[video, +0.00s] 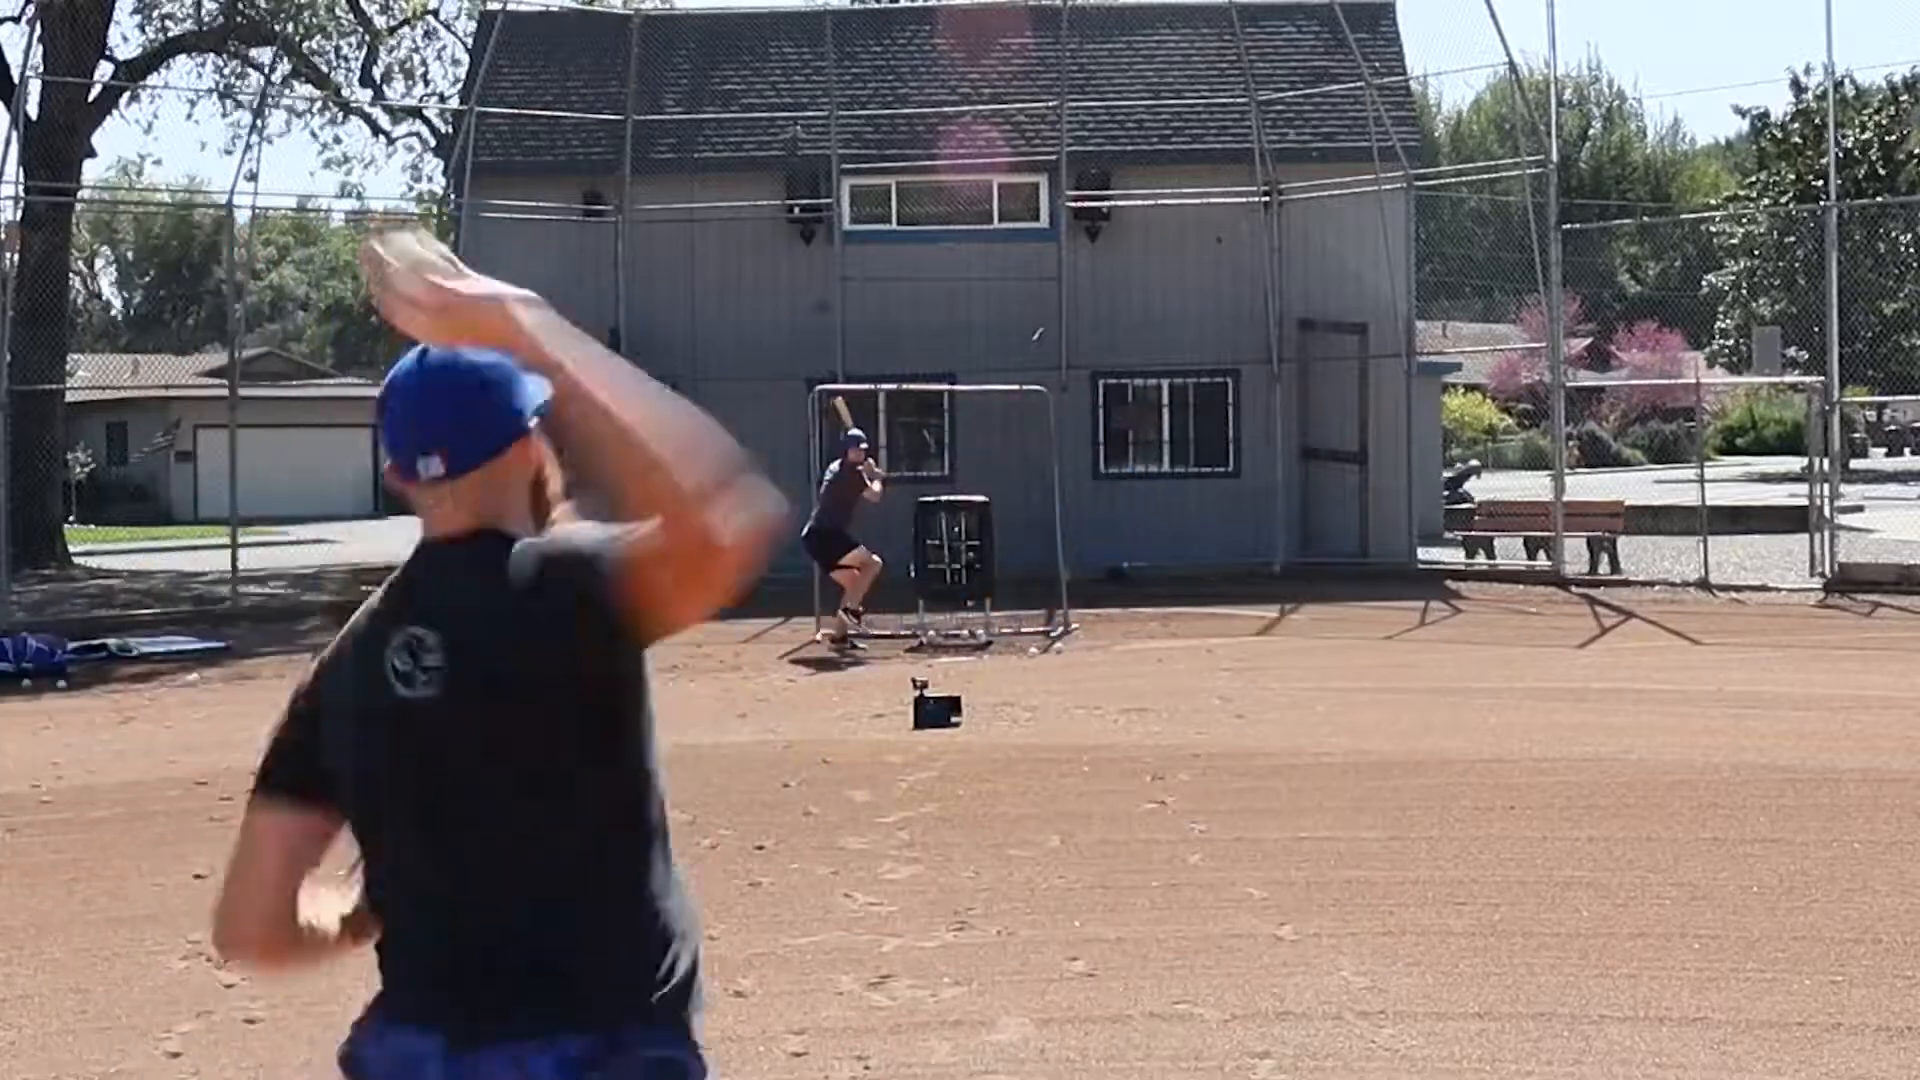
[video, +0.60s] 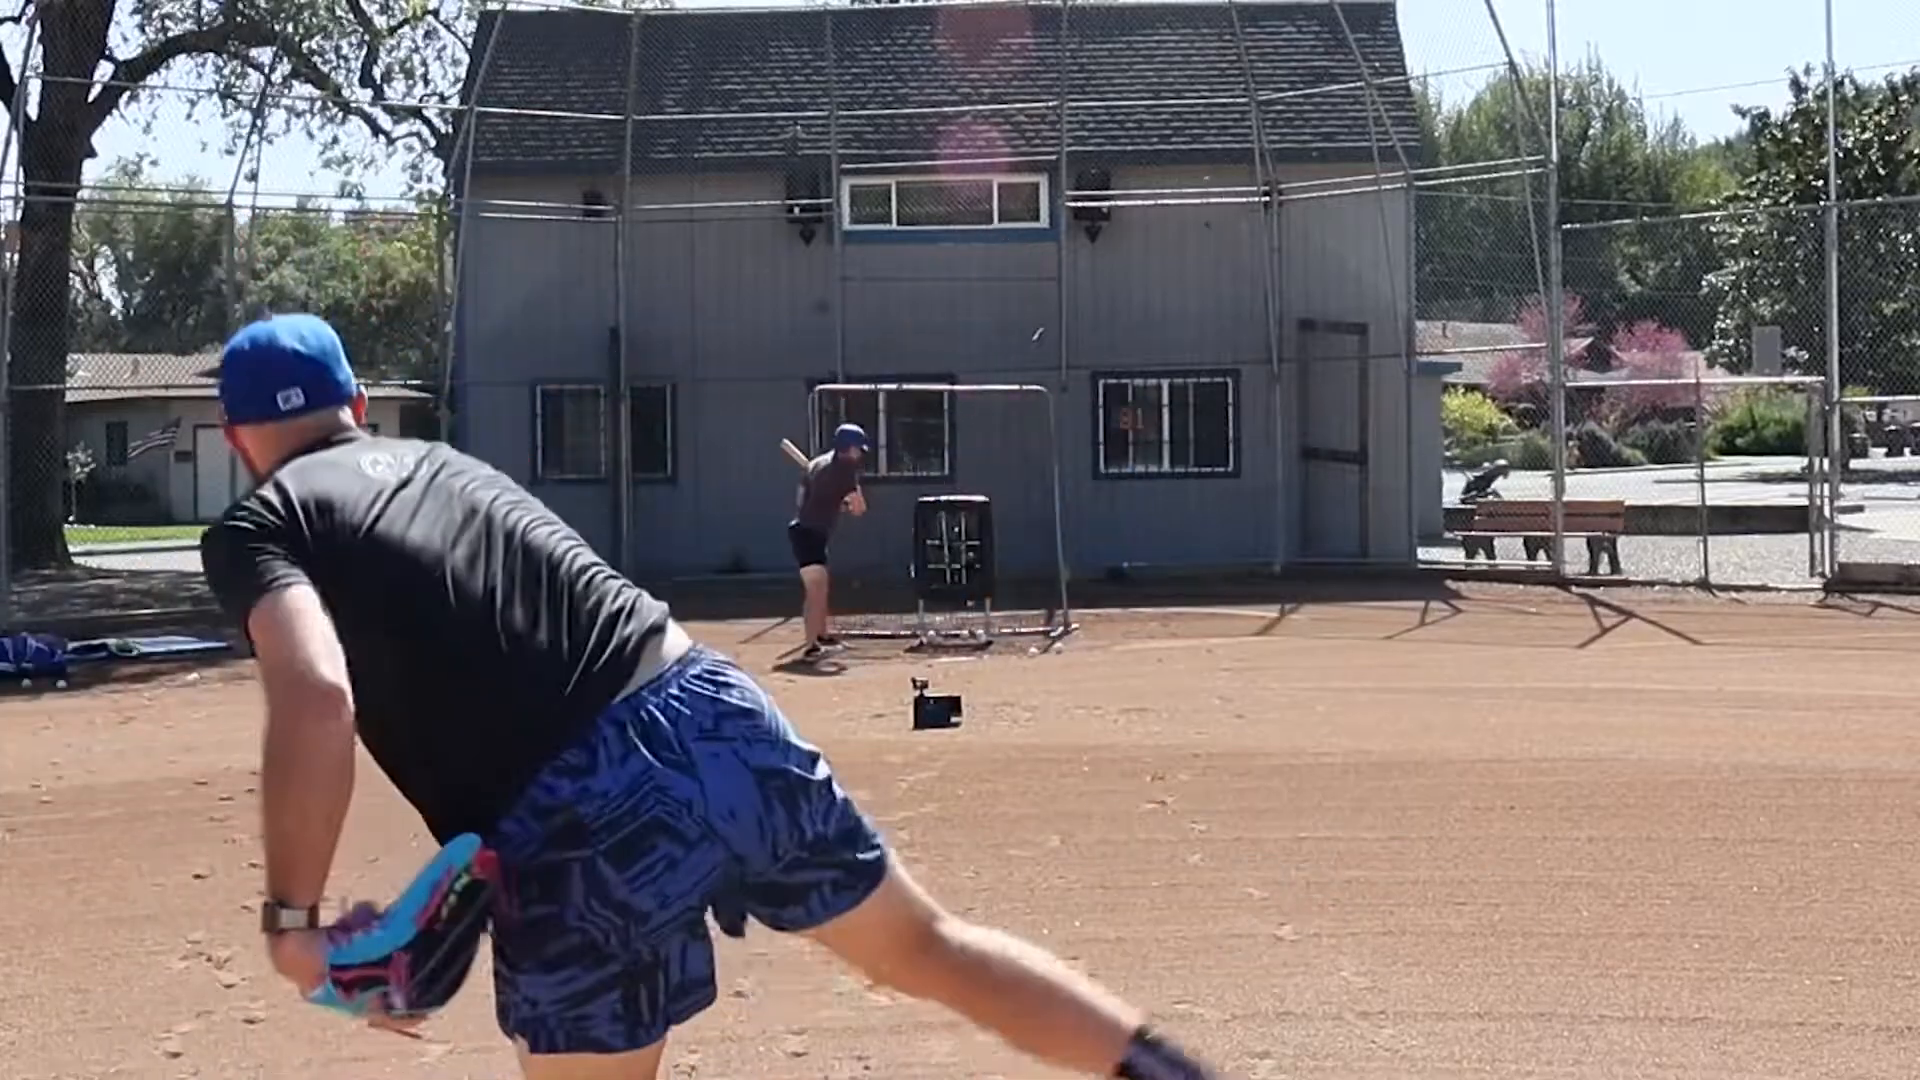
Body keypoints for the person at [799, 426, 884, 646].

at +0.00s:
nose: (859, 453)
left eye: (862, 448)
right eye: (855, 448)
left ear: (865, 450)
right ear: (846, 450)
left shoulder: (836, 467)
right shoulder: (850, 473)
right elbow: (875, 495)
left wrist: (872, 475)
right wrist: (876, 477)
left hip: (815, 534)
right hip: (827, 534)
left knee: (852, 581)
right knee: (872, 563)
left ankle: (840, 634)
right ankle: (853, 605)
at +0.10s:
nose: (861, 456)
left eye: (862, 452)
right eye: (856, 452)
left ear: (862, 453)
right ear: (845, 453)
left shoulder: (833, 470)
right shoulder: (853, 476)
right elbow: (874, 497)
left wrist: (865, 475)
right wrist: (871, 479)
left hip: (810, 538)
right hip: (825, 538)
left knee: (850, 584)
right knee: (866, 571)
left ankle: (841, 634)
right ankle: (847, 614)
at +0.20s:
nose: (860, 459)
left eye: (862, 455)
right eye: (856, 455)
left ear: (861, 456)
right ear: (845, 456)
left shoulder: (832, 472)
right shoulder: (852, 480)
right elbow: (874, 500)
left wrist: (862, 477)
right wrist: (868, 481)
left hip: (813, 538)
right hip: (824, 540)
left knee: (850, 587)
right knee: (856, 585)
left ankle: (841, 631)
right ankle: (837, 630)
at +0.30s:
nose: (863, 468)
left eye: (864, 463)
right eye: (859, 463)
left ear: (846, 464)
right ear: (847, 463)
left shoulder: (830, 479)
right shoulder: (851, 485)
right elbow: (873, 506)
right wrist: (864, 485)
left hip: (816, 546)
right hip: (820, 549)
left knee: (855, 595)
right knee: (849, 596)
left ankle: (838, 636)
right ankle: (829, 640)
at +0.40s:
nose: (865, 469)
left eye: (866, 464)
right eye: (861, 464)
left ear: (852, 467)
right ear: (850, 465)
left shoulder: (830, 479)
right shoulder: (854, 486)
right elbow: (871, 510)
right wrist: (862, 491)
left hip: (816, 546)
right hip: (815, 549)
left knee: (846, 596)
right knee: (842, 596)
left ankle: (837, 636)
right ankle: (823, 644)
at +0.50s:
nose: (864, 459)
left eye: (865, 454)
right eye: (861, 454)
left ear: (848, 455)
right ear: (850, 454)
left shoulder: (828, 467)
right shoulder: (849, 474)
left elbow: (814, 471)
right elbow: (864, 508)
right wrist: (858, 481)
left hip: (808, 534)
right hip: (810, 536)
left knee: (830, 589)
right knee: (827, 589)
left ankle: (832, 633)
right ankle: (818, 645)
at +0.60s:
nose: (860, 454)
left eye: (861, 449)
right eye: (858, 449)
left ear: (842, 449)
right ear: (847, 449)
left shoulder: (820, 464)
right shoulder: (842, 468)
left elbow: (821, 498)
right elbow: (858, 506)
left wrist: (848, 506)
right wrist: (854, 502)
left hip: (811, 528)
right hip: (809, 530)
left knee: (819, 582)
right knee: (816, 583)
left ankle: (821, 633)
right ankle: (811, 642)